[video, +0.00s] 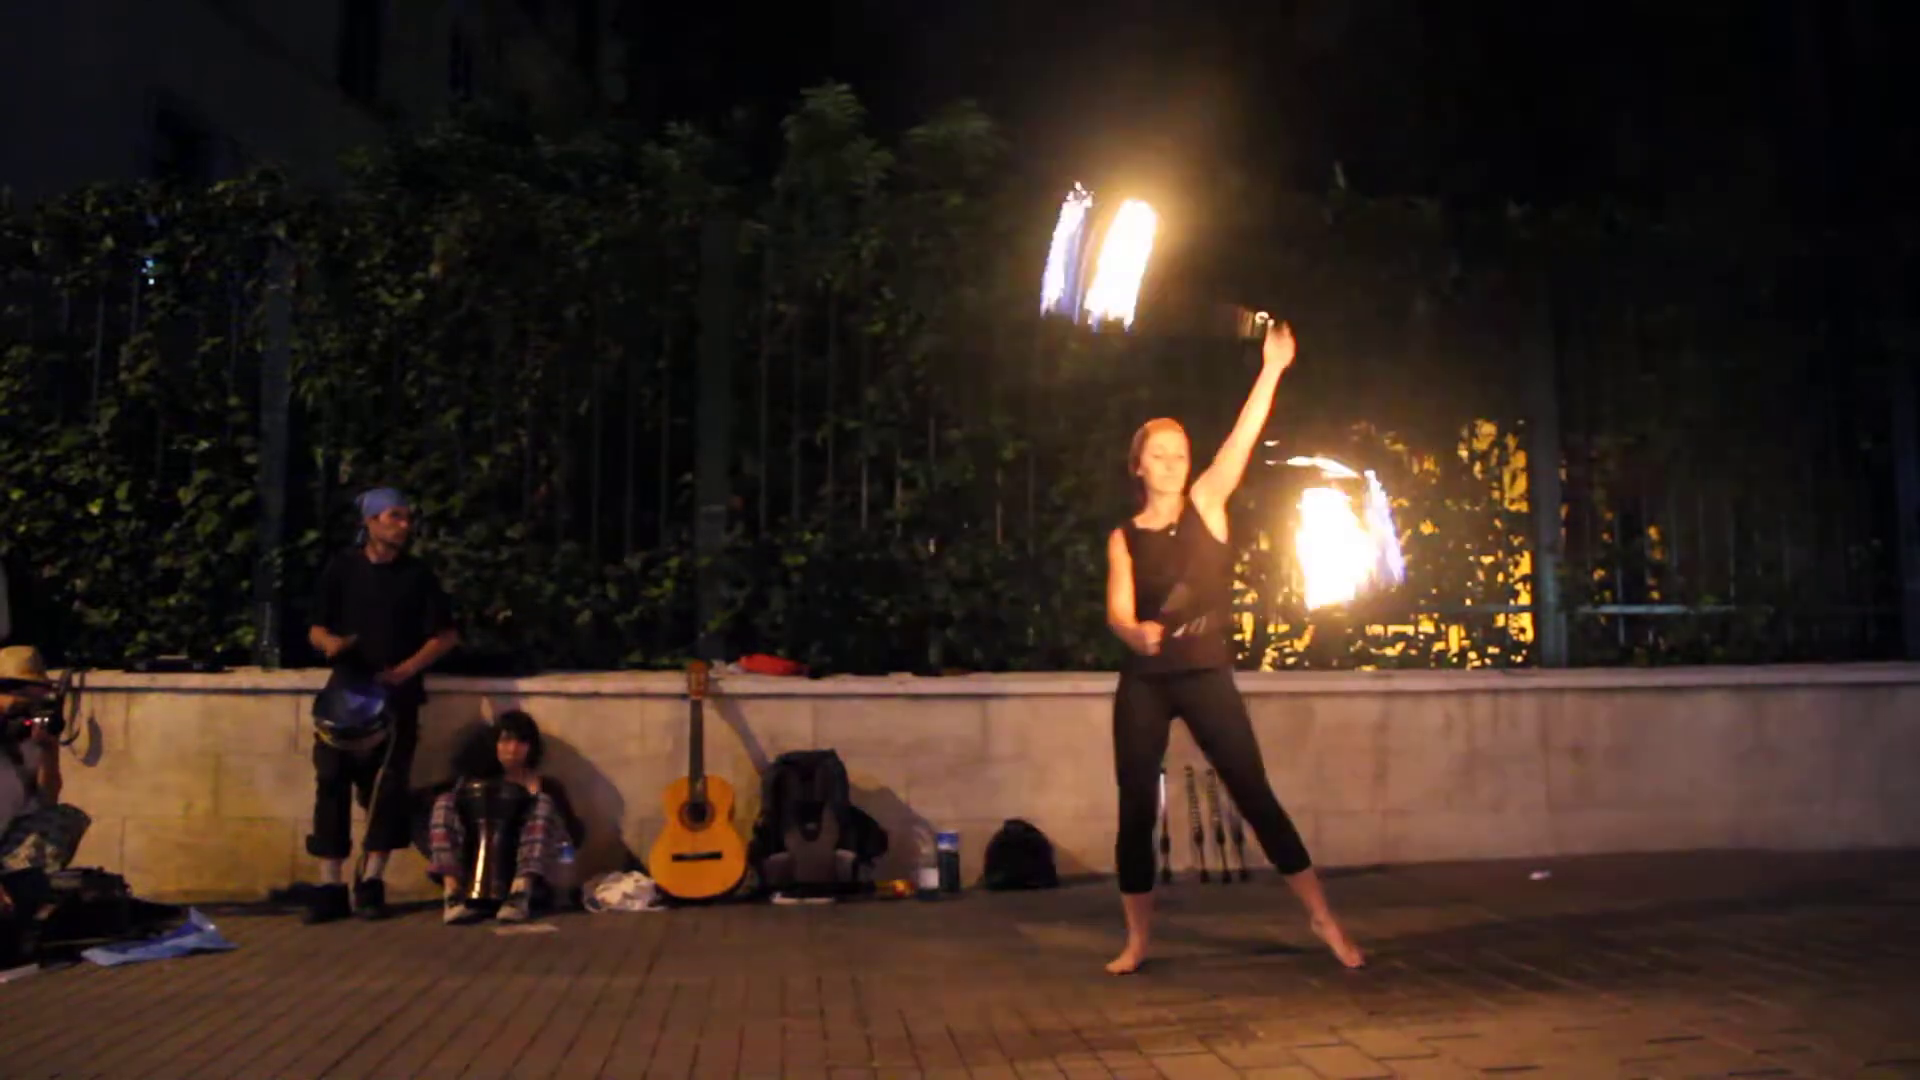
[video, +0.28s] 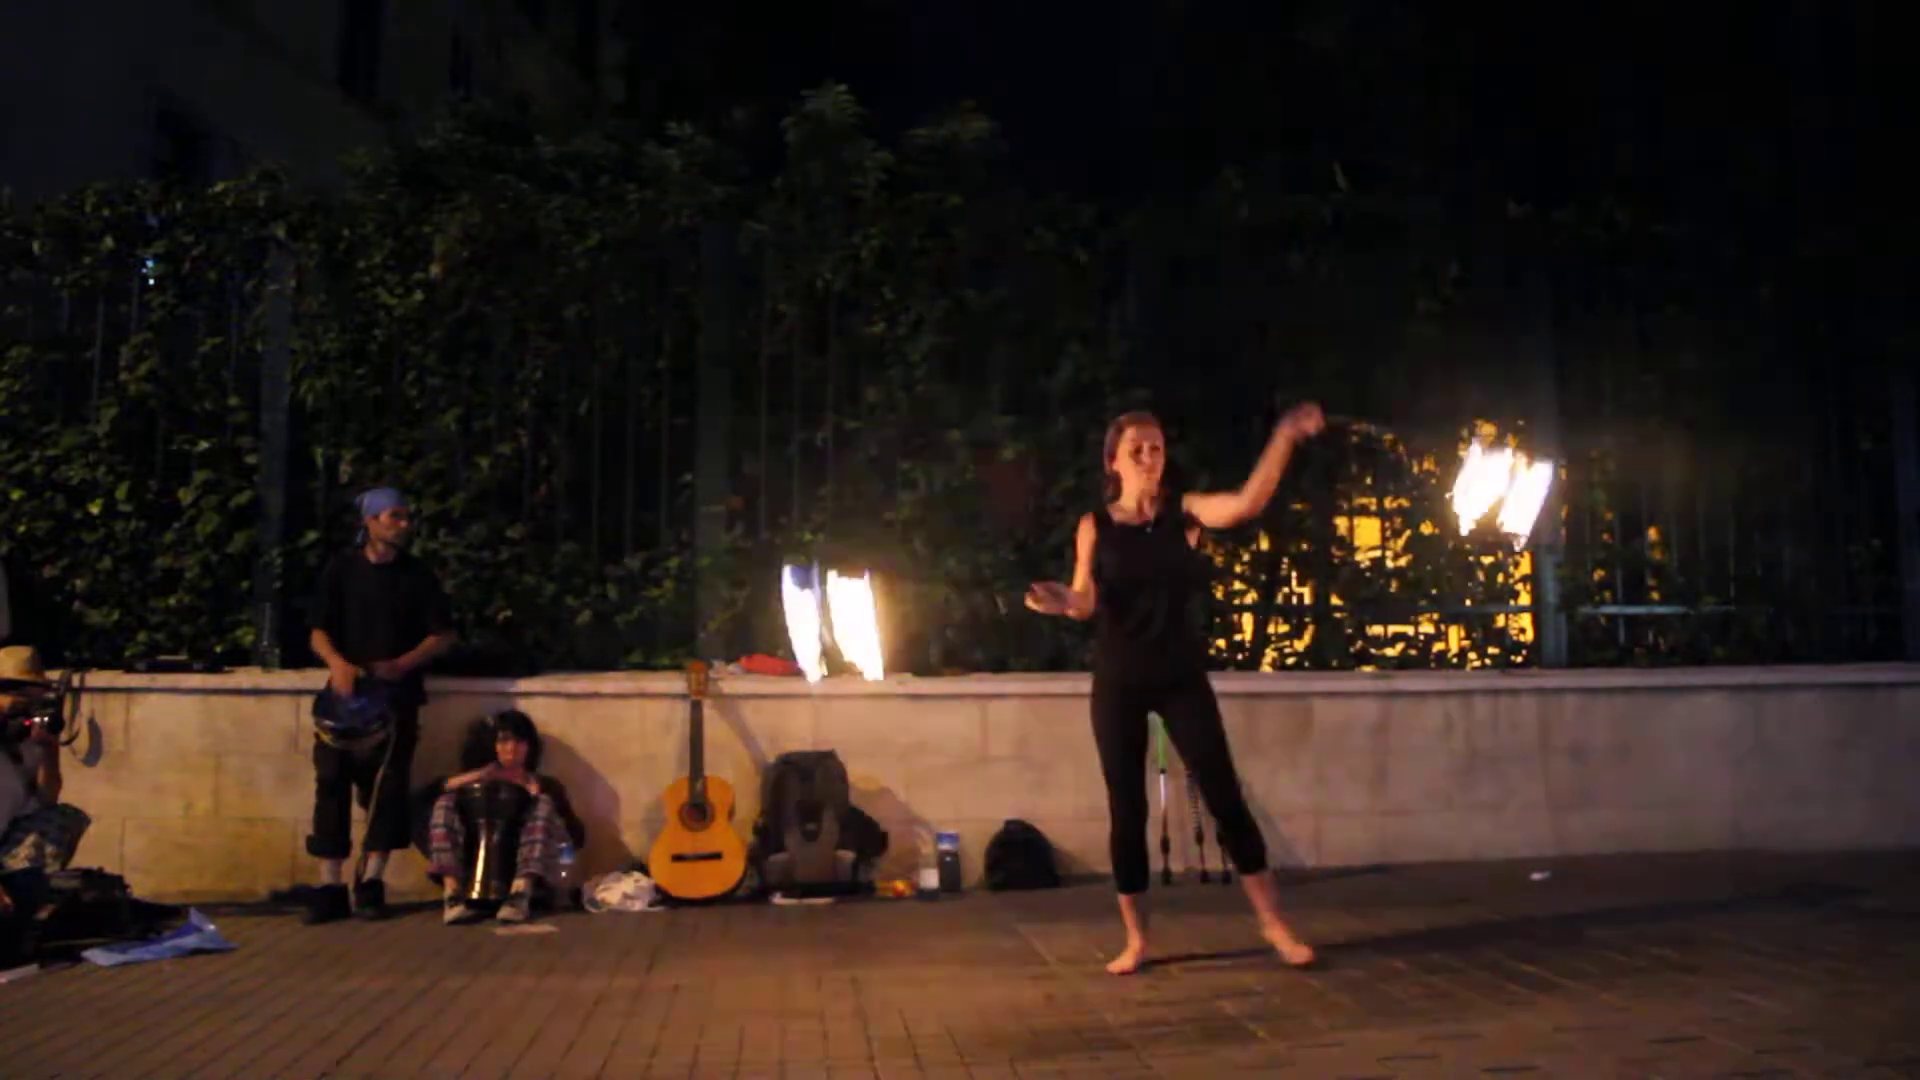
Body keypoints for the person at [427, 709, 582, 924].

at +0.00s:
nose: (512, 748)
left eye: (520, 742)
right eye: (505, 740)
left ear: (530, 748)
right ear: (495, 745)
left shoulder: (548, 786)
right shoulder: (479, 784)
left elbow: (574, 837)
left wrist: (538, 798)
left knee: (543, 805)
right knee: (444, 804)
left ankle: (521, 891)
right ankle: (452, 892)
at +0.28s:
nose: (511, 748)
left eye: (518, 741)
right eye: (504, 741)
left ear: (529, 747)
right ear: (494, 746)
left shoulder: (547, 785)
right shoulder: (477, 783)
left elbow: (576, 838)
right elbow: (423, 797)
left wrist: (541, 797)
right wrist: (477, 777)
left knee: (543, 805)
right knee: (445, 804)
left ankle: (521, 891)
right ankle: (452, 892)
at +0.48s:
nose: (512, 749)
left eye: (519, 742)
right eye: (505, 742)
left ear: (530, 748)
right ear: (496, 746)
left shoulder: (545, 787)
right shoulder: (479, 775)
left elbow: (572, 834)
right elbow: (430, 790)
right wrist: (467, 756)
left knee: (543, 806)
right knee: (446, 803)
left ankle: (521, 893)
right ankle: (452, 893)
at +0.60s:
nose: (516, 749)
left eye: (524, 742)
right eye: (510, 741)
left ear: (534, 749)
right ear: (500, 746)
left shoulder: (547, 787)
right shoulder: (487, 783)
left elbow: (570, 838)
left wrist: (541, 800)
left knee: (543, 806)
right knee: (445, 804)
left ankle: (521, 891)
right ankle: (452, 892)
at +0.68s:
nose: (517, 749)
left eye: (525, 743)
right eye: (511, 741)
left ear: (535, 750)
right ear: (500, 746)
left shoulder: (547, 786)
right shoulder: (486, 783)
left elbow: (576, 839)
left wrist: (545, 798)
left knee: (543, 807)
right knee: (445, 804)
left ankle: (521, 892)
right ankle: (452, 893)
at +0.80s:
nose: (515, 748)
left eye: (523, 741)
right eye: (508, 740)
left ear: (533, 749)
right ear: (498, 746)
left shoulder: (547, 787)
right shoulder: (483, 784)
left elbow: (572, 840)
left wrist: (540, 799)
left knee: (542, 806)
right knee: (444, 805)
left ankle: (520, 893)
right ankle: (451, 893)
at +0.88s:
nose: (512, 749)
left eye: (520, 742)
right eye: (505, 741)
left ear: (531, 749)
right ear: (494, 746)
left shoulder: (548, 789)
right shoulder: (476, 788)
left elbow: (572, 839)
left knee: (542, 804)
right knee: (445, 804)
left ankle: (521, 893)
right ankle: (452, 894)